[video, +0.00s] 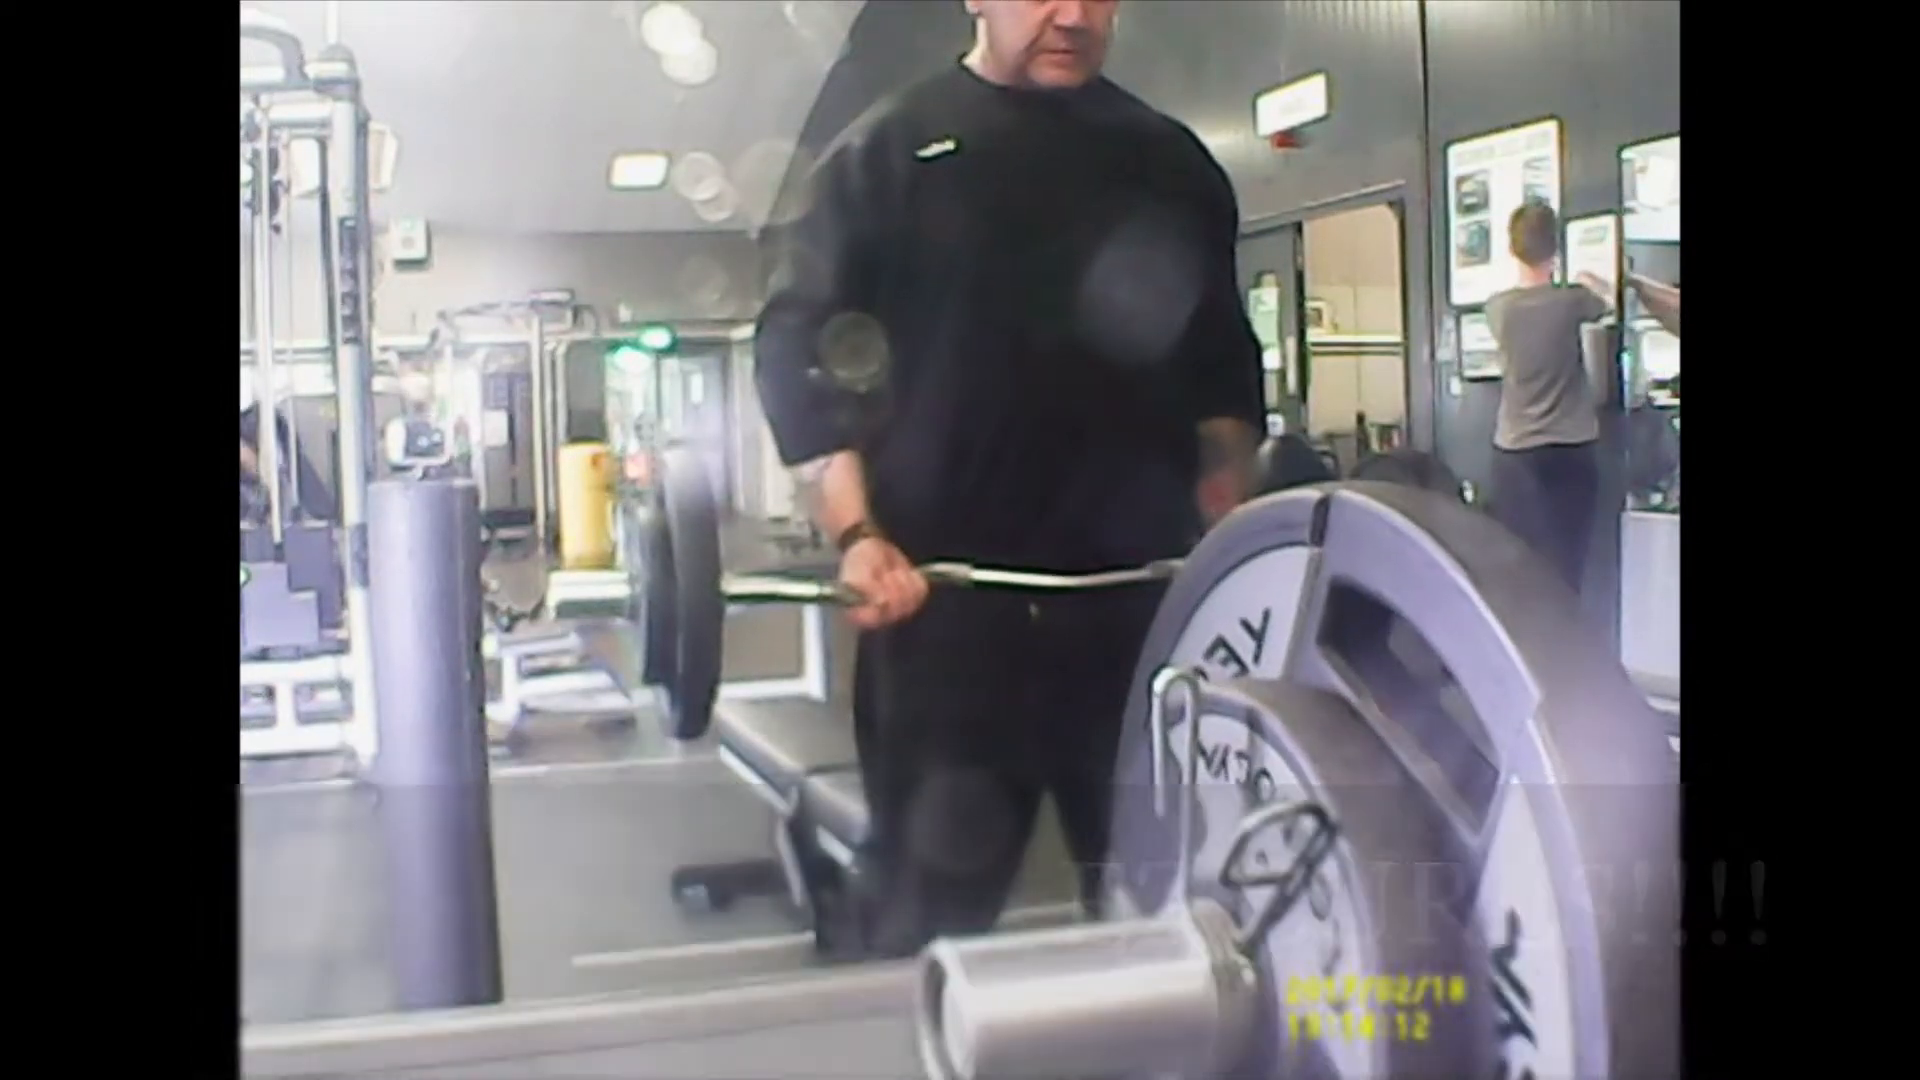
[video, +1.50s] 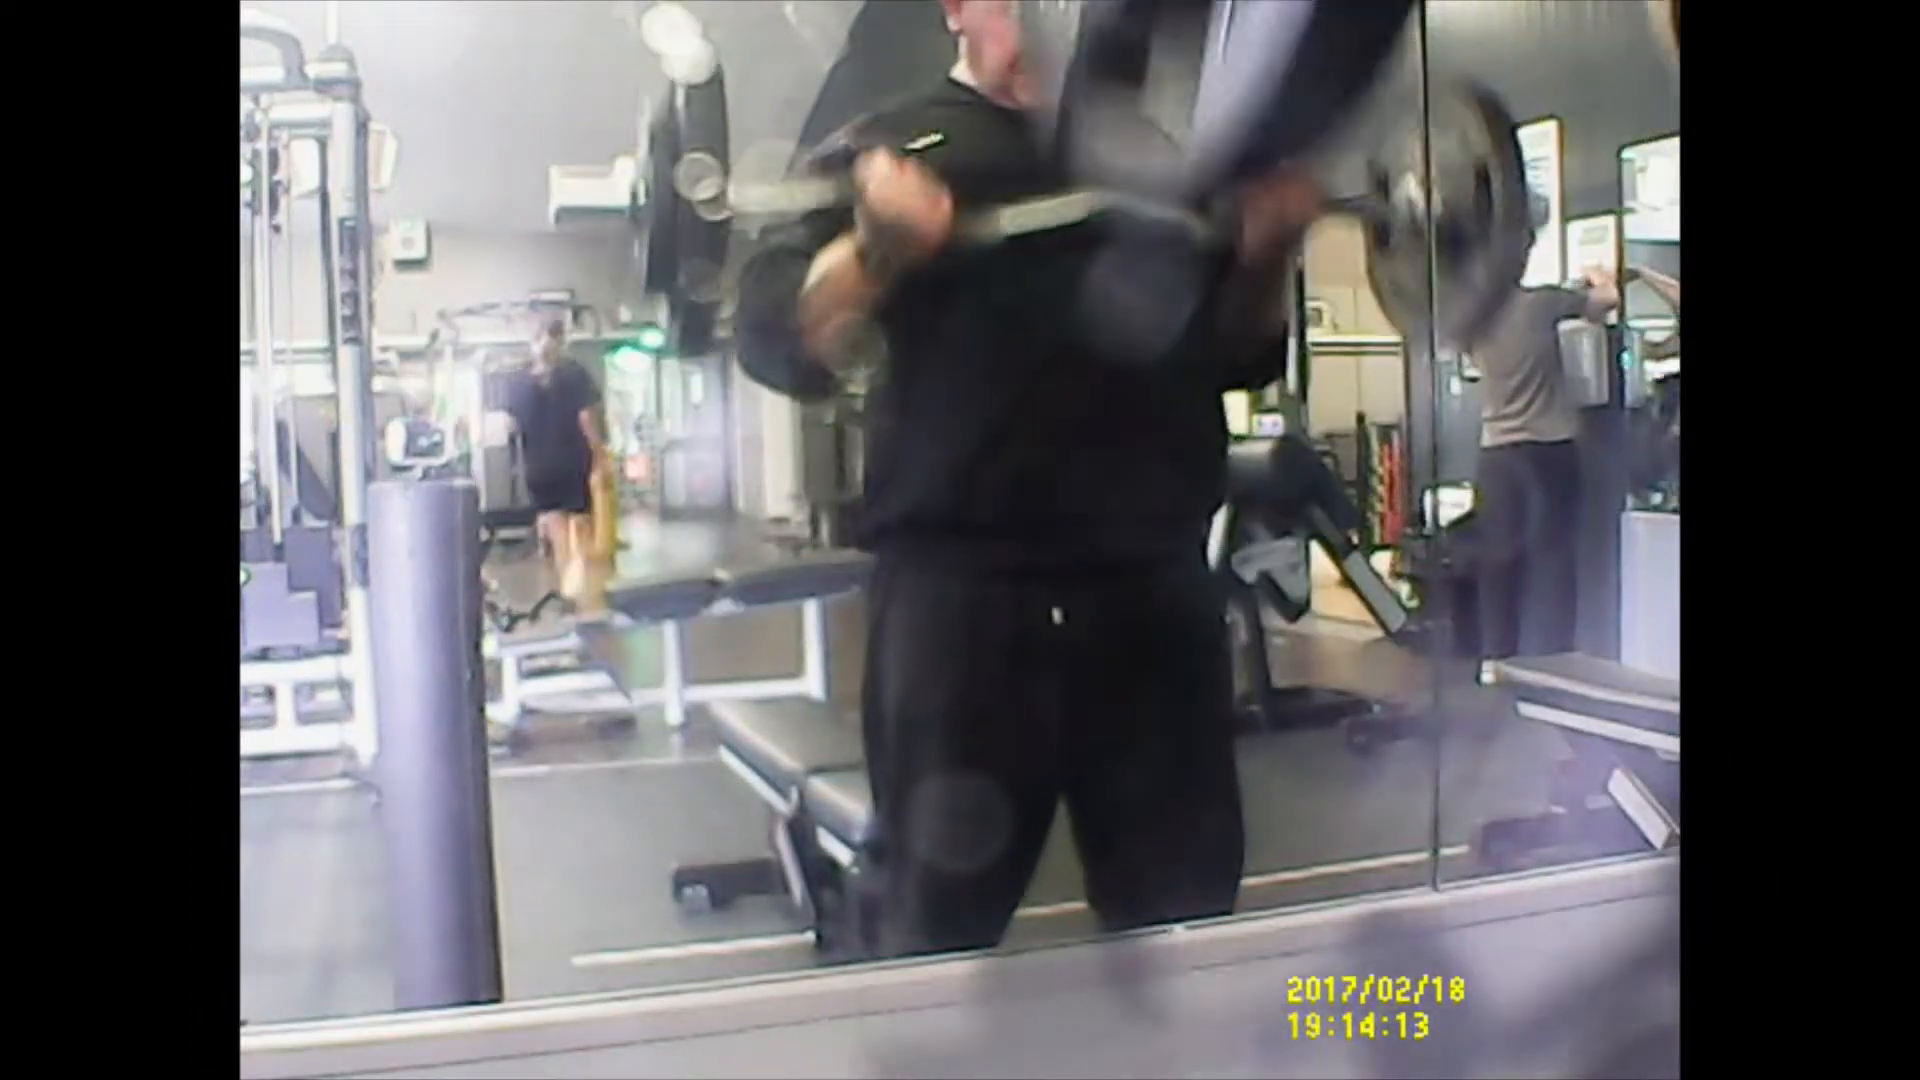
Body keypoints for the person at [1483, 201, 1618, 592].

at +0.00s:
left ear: (1512, 250)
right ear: (1556, 248)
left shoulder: (1497, 307)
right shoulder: (1573, 300)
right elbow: (1604, 305)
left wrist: (1550, 286)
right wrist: (1589, 284)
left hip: (1515, 449)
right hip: (1571, 447)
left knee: (1520, 557)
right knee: (1566, 562)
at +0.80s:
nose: (1515, 252)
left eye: (1496, 247)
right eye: (1516, 245)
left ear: (1477, 255)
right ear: (1518, 251)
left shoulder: (1472, 314)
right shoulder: (1539, 301)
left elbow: (1511, 311)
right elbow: (1606, 298)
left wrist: (1549, 282)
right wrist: (1579, 268)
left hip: (1496, 441)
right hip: (1548, 438)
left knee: (1503, 539)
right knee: (1557, 541)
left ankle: (1500, 645)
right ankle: (1552, 651)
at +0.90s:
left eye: (1485, 251)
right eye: (1510, 248)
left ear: (1478, 256)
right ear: (1519, 251)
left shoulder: (1468, 315)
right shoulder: (1539, 302)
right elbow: (1605, 298)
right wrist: (1578, 270)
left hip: (1483, 432)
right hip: (1534, 430)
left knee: (1484, 543)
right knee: (1531, 538)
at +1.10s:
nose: (1522, 257)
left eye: (1518, 249)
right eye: (1521, 250)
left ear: (1480, 259)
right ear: (1519, 255)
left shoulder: (1468, 314)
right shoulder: (1542, 300)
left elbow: (1476, 357)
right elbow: (1600, 301)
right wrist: (1587, 278)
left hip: (1495, 449)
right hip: (1548, 445)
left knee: (1496, 555)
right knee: (1550, 554)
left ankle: (1492, 662)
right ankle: (1546, 667)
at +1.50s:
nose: (1528, 253)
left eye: (1526, 245)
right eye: (1525, 246)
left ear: (1482, 263)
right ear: (1520, 257)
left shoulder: (1472, 311)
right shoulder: (1541, 301)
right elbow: (1607, 299)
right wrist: (1597, 278)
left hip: (1495, 453)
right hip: (1548, 448)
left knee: (1499, 560)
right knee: (1552, 557)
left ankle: (1495, 666)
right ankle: (1549, 671)